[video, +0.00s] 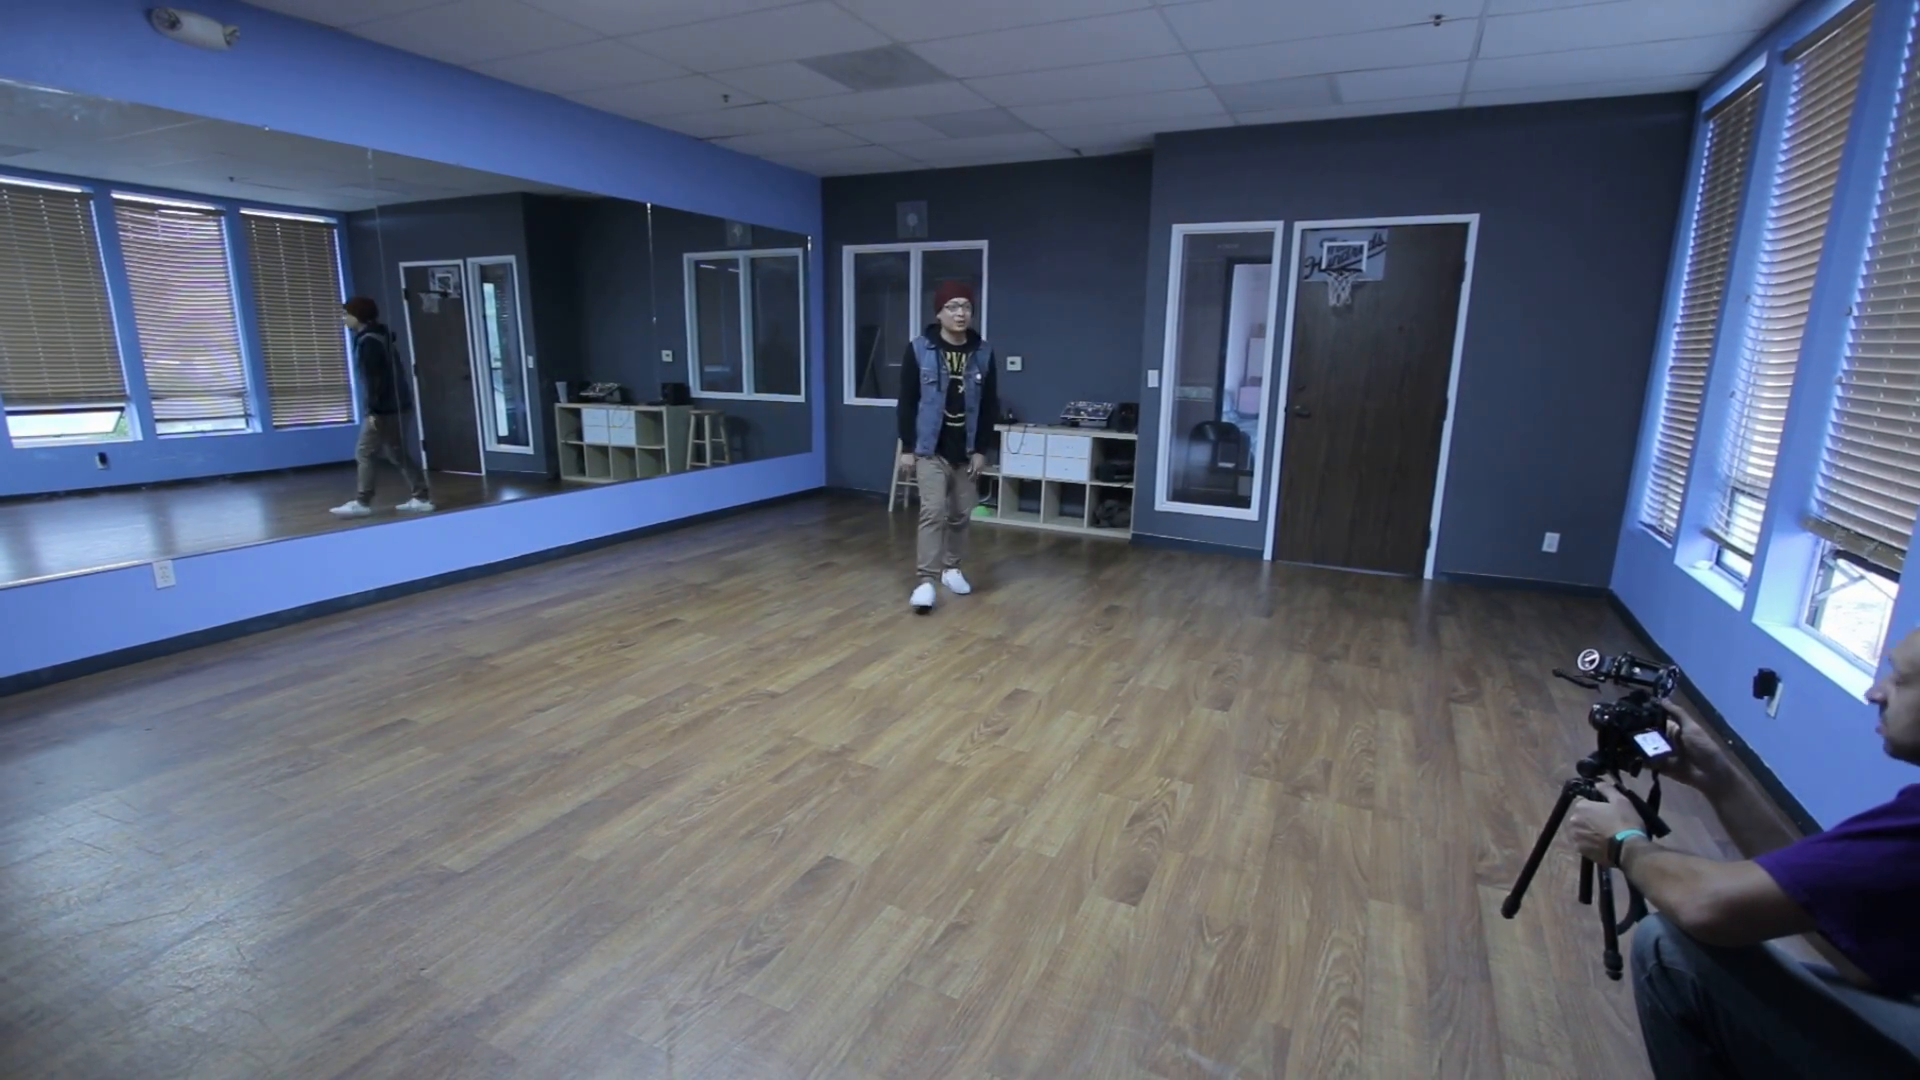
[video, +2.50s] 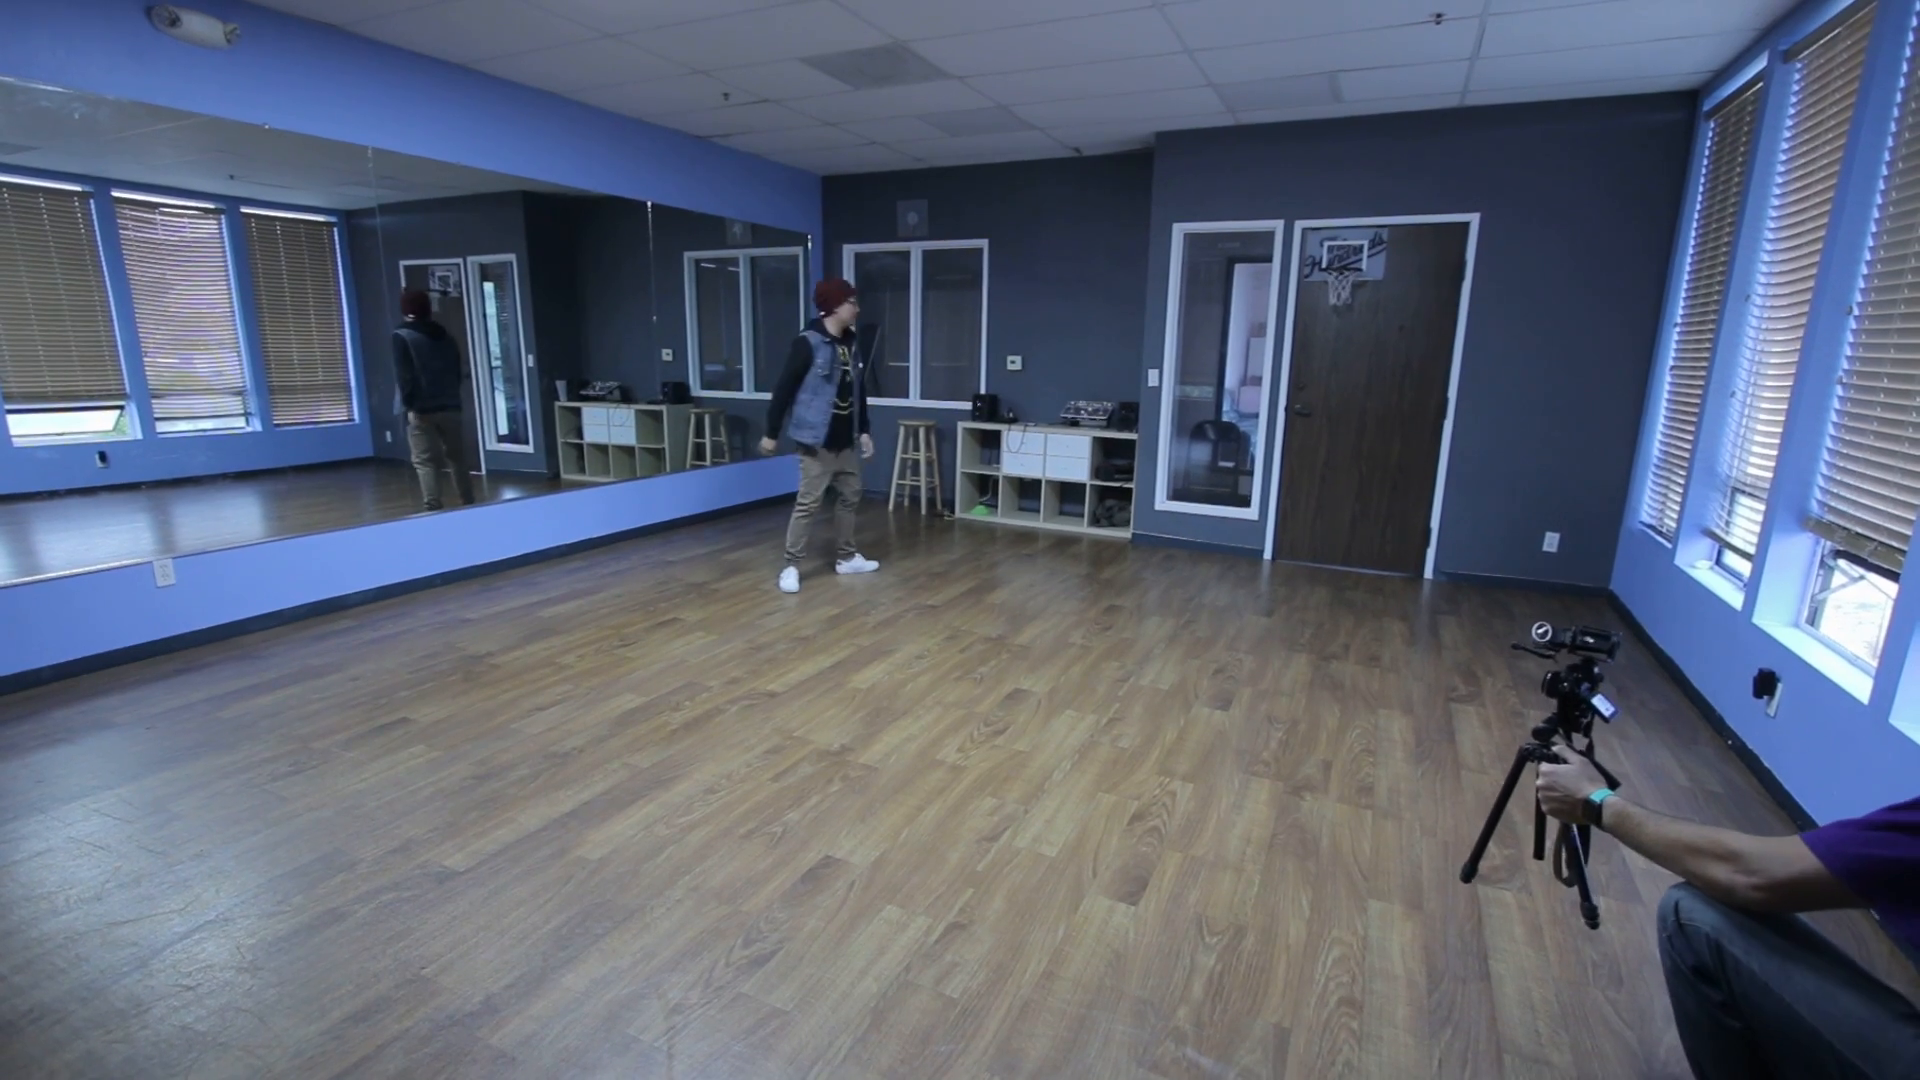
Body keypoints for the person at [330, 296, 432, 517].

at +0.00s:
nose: (344, 319)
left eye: (347, 315)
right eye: (344, 315)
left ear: (359, 317)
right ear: (366, 316)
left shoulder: (368, 340)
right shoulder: (380, 335)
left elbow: (375, 377)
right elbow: (382, 376)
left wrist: (373, 411)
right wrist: (380, 406)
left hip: (381, 409)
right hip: (392, 406)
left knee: (364, 452)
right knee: (397, 452)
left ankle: (363, 501)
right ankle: (421, 496)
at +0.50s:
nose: (275, 331)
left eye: (278, 327)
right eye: (275, 326)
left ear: (290, 330)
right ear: (303, 327)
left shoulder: (299, 354)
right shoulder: (323, 342)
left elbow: (300, 392)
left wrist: (299, 427)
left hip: (350, 411)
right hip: (372, 405)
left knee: (329, 458)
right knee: (392, 453)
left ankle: (340, 506)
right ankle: (417, 495)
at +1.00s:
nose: (285, 311)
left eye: (289, 307)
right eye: (286, 307)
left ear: (302, 312)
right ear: (312, 310)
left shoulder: (306, 337)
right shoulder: (331, 329)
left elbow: (308, 378)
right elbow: (334, 373)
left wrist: (302, 413)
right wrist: (318, 406)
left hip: (339, 405)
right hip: (361, 400)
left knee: (333, 456)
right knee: (357, 454)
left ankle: (338, 504)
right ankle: (376, 501)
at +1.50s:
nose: (334, 306)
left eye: (339, 303)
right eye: (335, 302)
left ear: (351, 309)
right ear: (358, 309)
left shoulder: (349, 338)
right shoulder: (376, 332)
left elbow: (348, 378)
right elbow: (382, 372)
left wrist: (345, 409)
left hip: (361, 411)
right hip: (382, 407)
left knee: (351, 458)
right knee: (377, 456)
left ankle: (375, 505)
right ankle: (381, 504)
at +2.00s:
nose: (365, 307)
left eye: (370, 304)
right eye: (367, 303)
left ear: (382, 310)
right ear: (386, 310)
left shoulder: (383, 338)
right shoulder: (405, 332)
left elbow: (382, 378)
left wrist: (369, 411)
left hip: (405, 407)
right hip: (414, 404)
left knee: (418, 458)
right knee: (403, 457)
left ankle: (436, 507)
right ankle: (399, 504)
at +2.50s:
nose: (403, 313)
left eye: (404, 308)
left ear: (405, 311)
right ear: (428, 308)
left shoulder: (402, 336)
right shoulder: (444, 333)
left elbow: (404, 375)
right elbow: (456, 370)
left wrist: (408, 404)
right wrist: (451, 394)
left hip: (420, 408)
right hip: (449, 405)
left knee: (424, 459)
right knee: (456, 456)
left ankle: (432, 506)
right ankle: (468, 501)